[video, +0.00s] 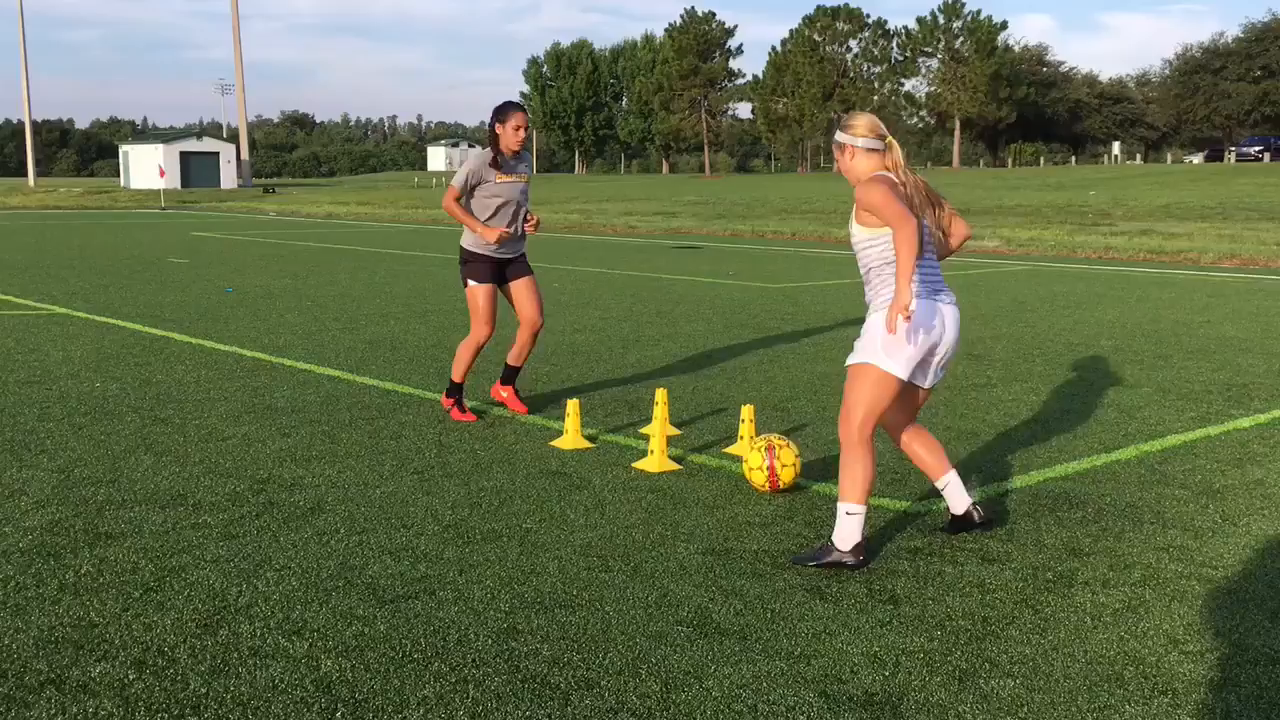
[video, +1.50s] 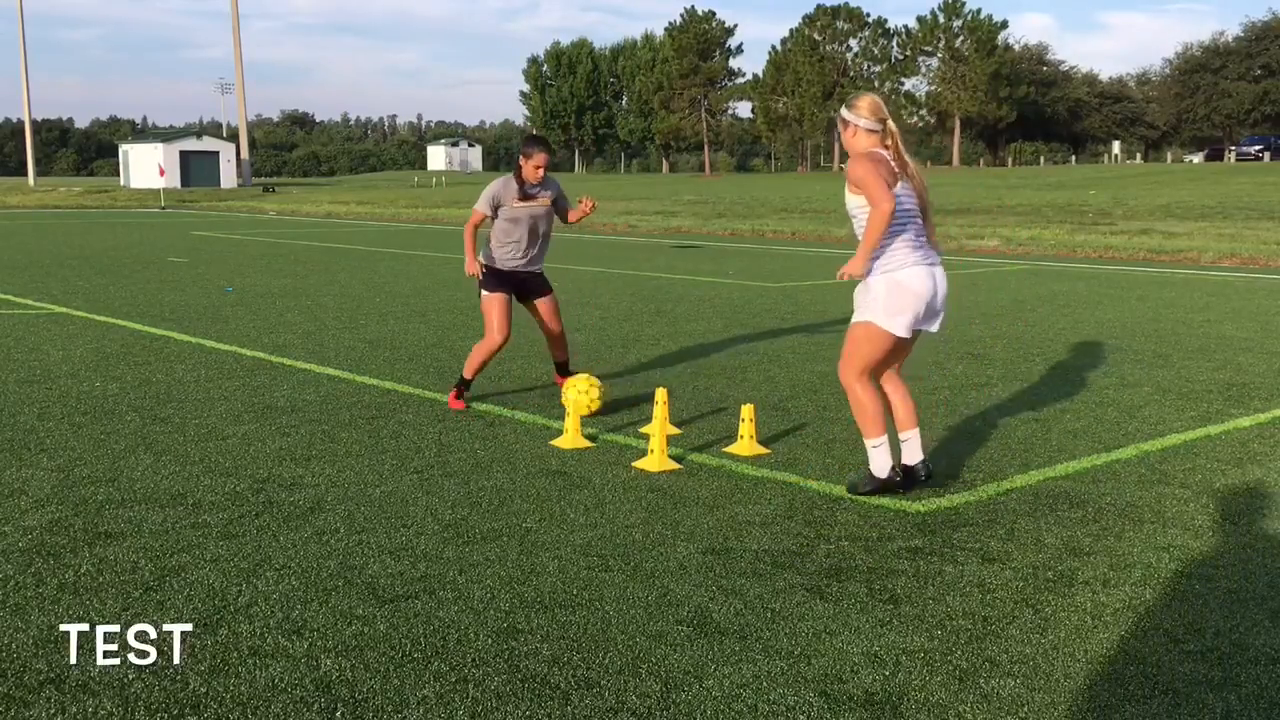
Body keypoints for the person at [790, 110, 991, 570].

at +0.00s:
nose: (836, 161)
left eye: (837, 153)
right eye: (837, 153)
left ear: (849, 152)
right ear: (880, 151)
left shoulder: (870, 187)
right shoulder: (909, 186)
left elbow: (906, 225)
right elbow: (960, 231)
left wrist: (902, 290)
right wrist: (919, 262)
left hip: (898, 314)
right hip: (939, 313)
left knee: (854, 425)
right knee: (898, 419)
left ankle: (846, 543)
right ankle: (964, 508)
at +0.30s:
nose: (904, 159)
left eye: (907, 153)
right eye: (906, 152)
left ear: (916, 156)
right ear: (946, 156)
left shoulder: (905, 197)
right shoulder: (974, 191)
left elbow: (891, 263)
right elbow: (1024, 239)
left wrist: (872, 306)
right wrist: (1030, 287)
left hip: (944, 318)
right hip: (995, 310)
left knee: (965, 424)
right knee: (987, 397)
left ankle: (1001, 525)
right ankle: (1023, 480)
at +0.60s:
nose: (916, 169)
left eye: (917, 164)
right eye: (917, 164)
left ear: (923, 165)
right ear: (956, 162)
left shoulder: (917, 204)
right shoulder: (984, 196)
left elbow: (920, 263)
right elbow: (1017, 252)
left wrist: (919, 318)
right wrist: (1016, 284)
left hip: (946, 316)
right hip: (992, 308)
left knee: (939, 388)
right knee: (968, 366)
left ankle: (956, 461)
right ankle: (1000, 427)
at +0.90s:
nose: (915, 169)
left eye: (916, 164)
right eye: (916, 164)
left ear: (924, 165)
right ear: (953, 164)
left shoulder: (913, 200)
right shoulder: (974, 203)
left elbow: (896, 257)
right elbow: (997, 263)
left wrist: (878, 299)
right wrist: (1015, 299)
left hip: (927, 313)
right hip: (969, 312)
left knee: (904, 377)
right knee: (927, 368)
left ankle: (949, 451)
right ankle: (933, 436)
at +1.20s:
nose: (889, 169)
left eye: (890, 163)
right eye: (890, 163)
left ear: (899, 164)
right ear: (925, 163)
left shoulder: (896, 204)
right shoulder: (945, 202)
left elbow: (879, 261)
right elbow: (961, 264)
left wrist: (836, 291)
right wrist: (958, 312)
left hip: (916, 317)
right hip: (951, 313)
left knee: (854, 380)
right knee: (918, 373)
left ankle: (893, 457)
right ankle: (942, 446)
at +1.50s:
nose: (841, 134)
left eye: (843, 127)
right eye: (842, 127)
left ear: (852, 129)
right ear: (880, 130)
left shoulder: (860, 162)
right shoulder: (902, 165)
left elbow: (882, 206)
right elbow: (924, 226)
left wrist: (861, 257)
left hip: (896, 279)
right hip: (928, 276)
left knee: (852, 371)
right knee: (886, 370)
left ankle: (882, 470)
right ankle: (914, 461)